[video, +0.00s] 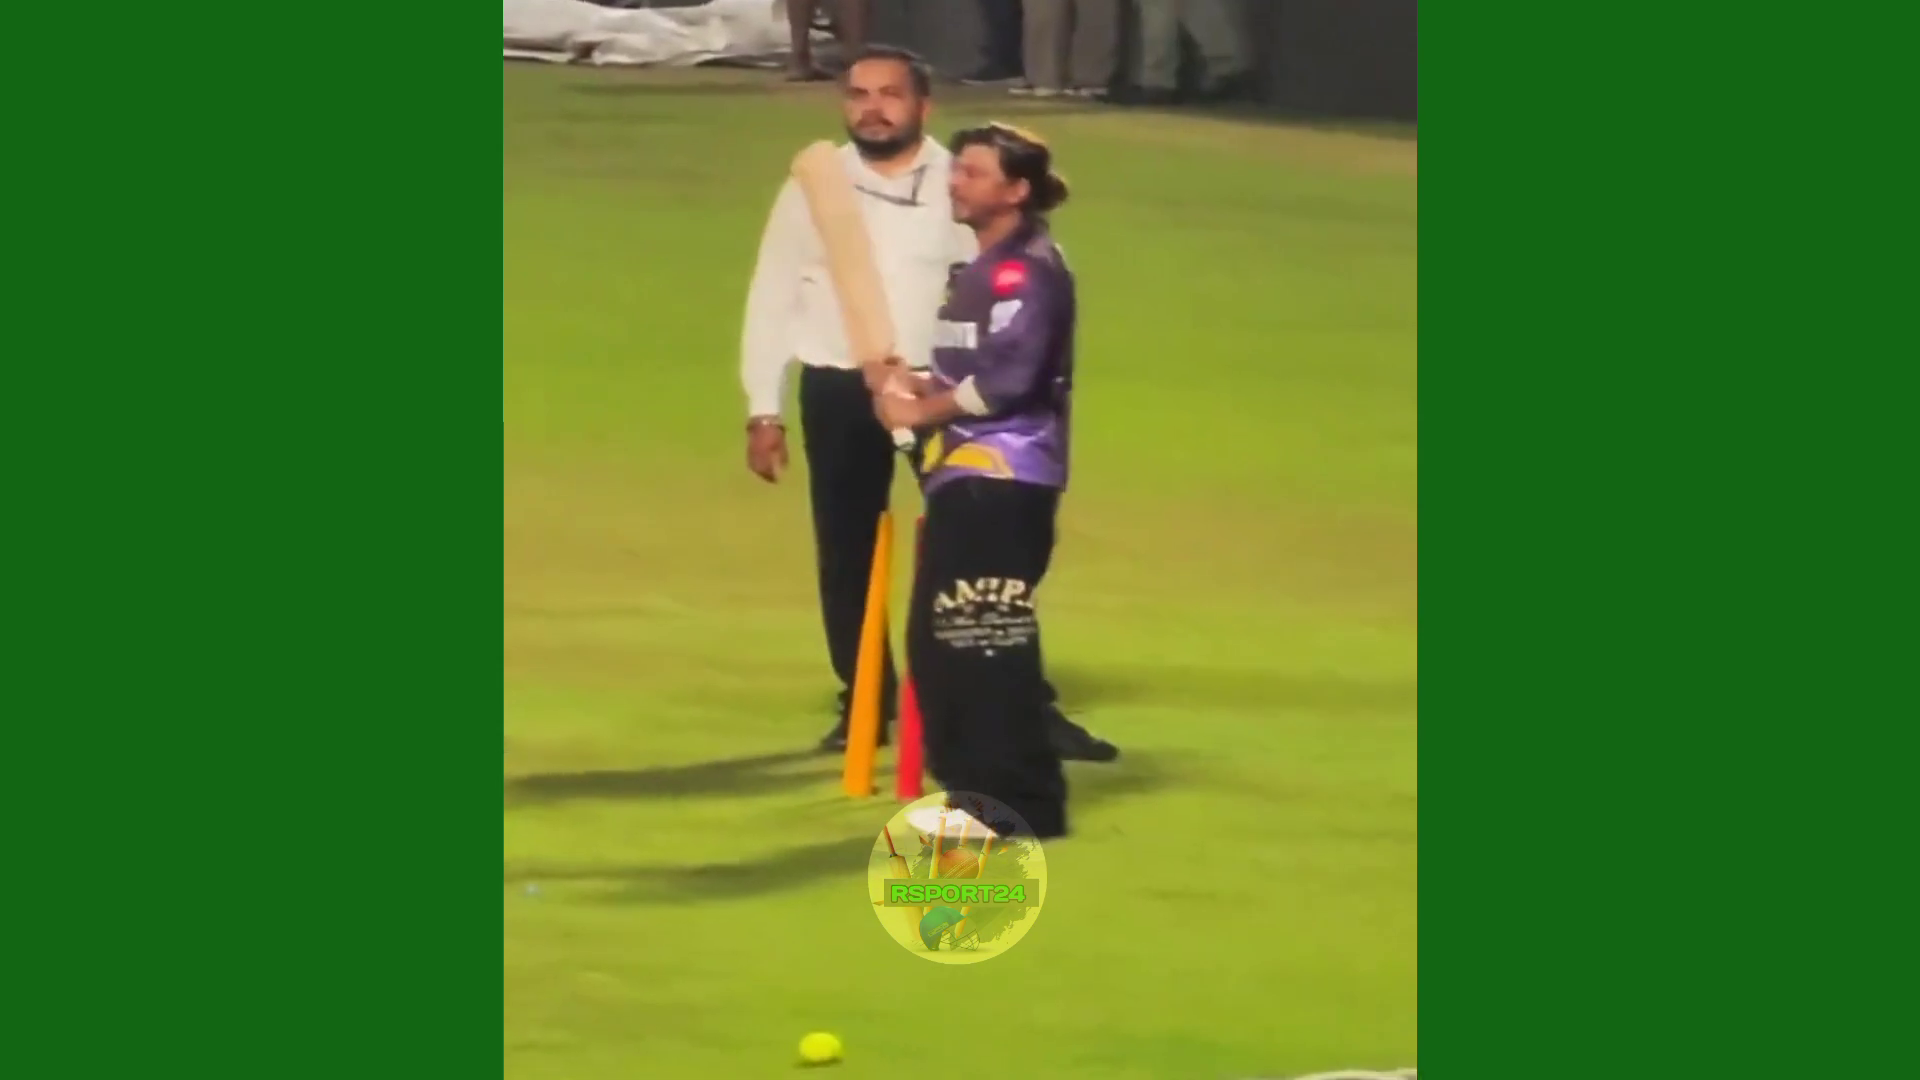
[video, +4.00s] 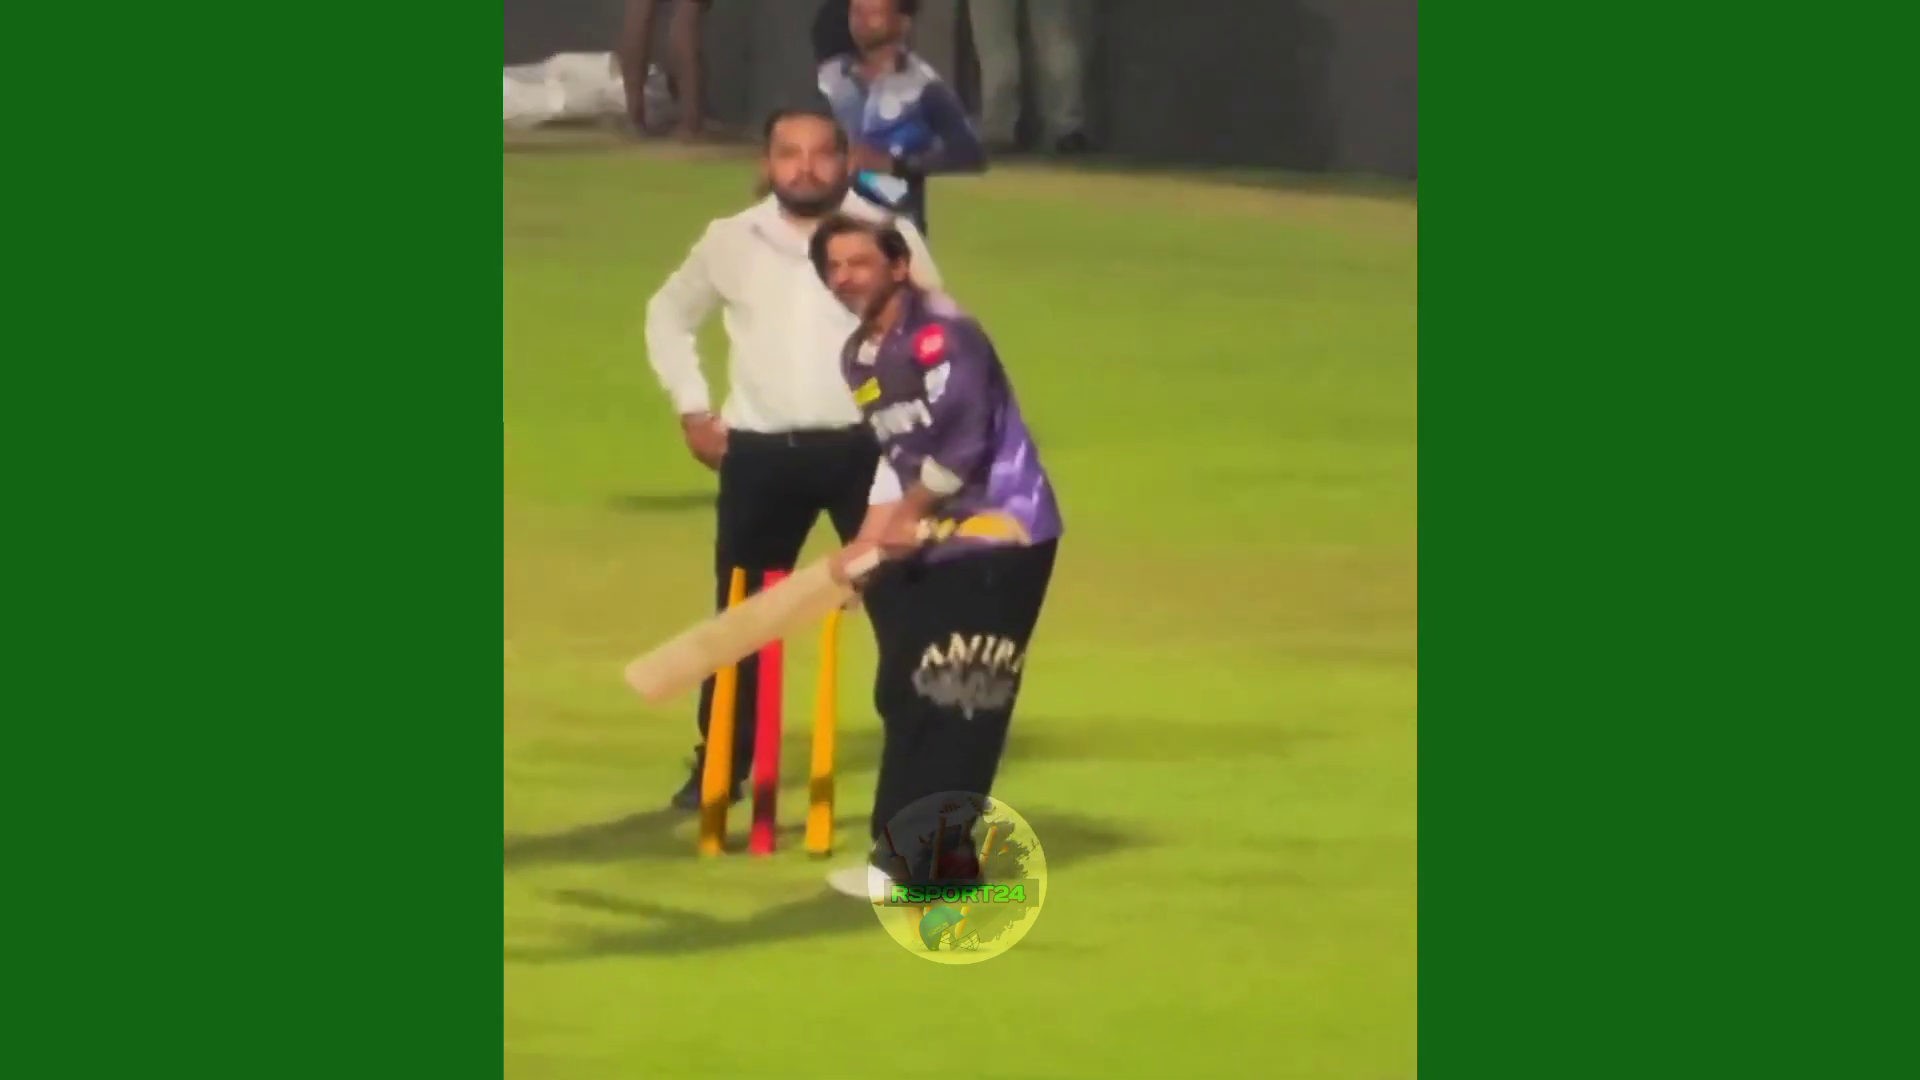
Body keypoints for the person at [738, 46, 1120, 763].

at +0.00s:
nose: (871, 109)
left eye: (888, 95)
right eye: (859, 95)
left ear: (922, 105)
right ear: (845, 103)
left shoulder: (958, 182)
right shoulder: (817, 181)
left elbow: (999, 299)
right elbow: (772, 295)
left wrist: (957, 392)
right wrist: (762, 409)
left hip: (939, 387)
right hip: (843, 388)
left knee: (982, 551)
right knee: (846, 554)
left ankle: (1029, 706)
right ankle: (863, 703)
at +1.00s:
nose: (785, 58)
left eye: (802, 45)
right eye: (774, 46)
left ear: (839, 56)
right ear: (761, 56)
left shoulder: (880, 133)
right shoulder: (736, 143)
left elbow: (944, 236)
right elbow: (702, 257)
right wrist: (685, 368)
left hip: (874, 345)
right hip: (775, 345)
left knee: (932, 506)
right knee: (772, 510)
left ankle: (962, 656)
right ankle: (778, 656)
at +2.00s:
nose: (888, 63)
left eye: (906, 51)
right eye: (877, 49)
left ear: (938, 64)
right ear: (861, 56)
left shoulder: (960, 143)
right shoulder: (818, 139)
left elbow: (1000, 260)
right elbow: (764, 235)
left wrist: (975, 372)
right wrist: (758, 336)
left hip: (936, 352)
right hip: (837, 352)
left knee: (981, 519)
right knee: (819, 521)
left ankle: (1021, 669)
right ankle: (794, 666)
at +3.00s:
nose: (852, 118)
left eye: (870, 104)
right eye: (839, 104)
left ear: (902, 113)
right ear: (823, 112)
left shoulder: (934, 188)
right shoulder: (786, 190)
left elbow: (989, 285)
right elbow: (732, 264)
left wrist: (965, 394)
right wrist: (758, 353)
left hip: (916, 402)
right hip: (814, 402)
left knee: (963, 572)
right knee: (791, 568)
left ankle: (993, 725)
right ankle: (771, 715)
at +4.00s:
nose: (806, 167)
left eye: (822, 153)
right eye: (790, 154)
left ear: (844, 160)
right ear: (768, 164)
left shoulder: (886, 233)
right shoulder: (731, 241)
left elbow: (944, 330)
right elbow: (666, 316)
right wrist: (695, 412)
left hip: (867, 453)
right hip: (761, 455)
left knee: (907, 616)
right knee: (739, 624)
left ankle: (926, 775)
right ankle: (715, 772)